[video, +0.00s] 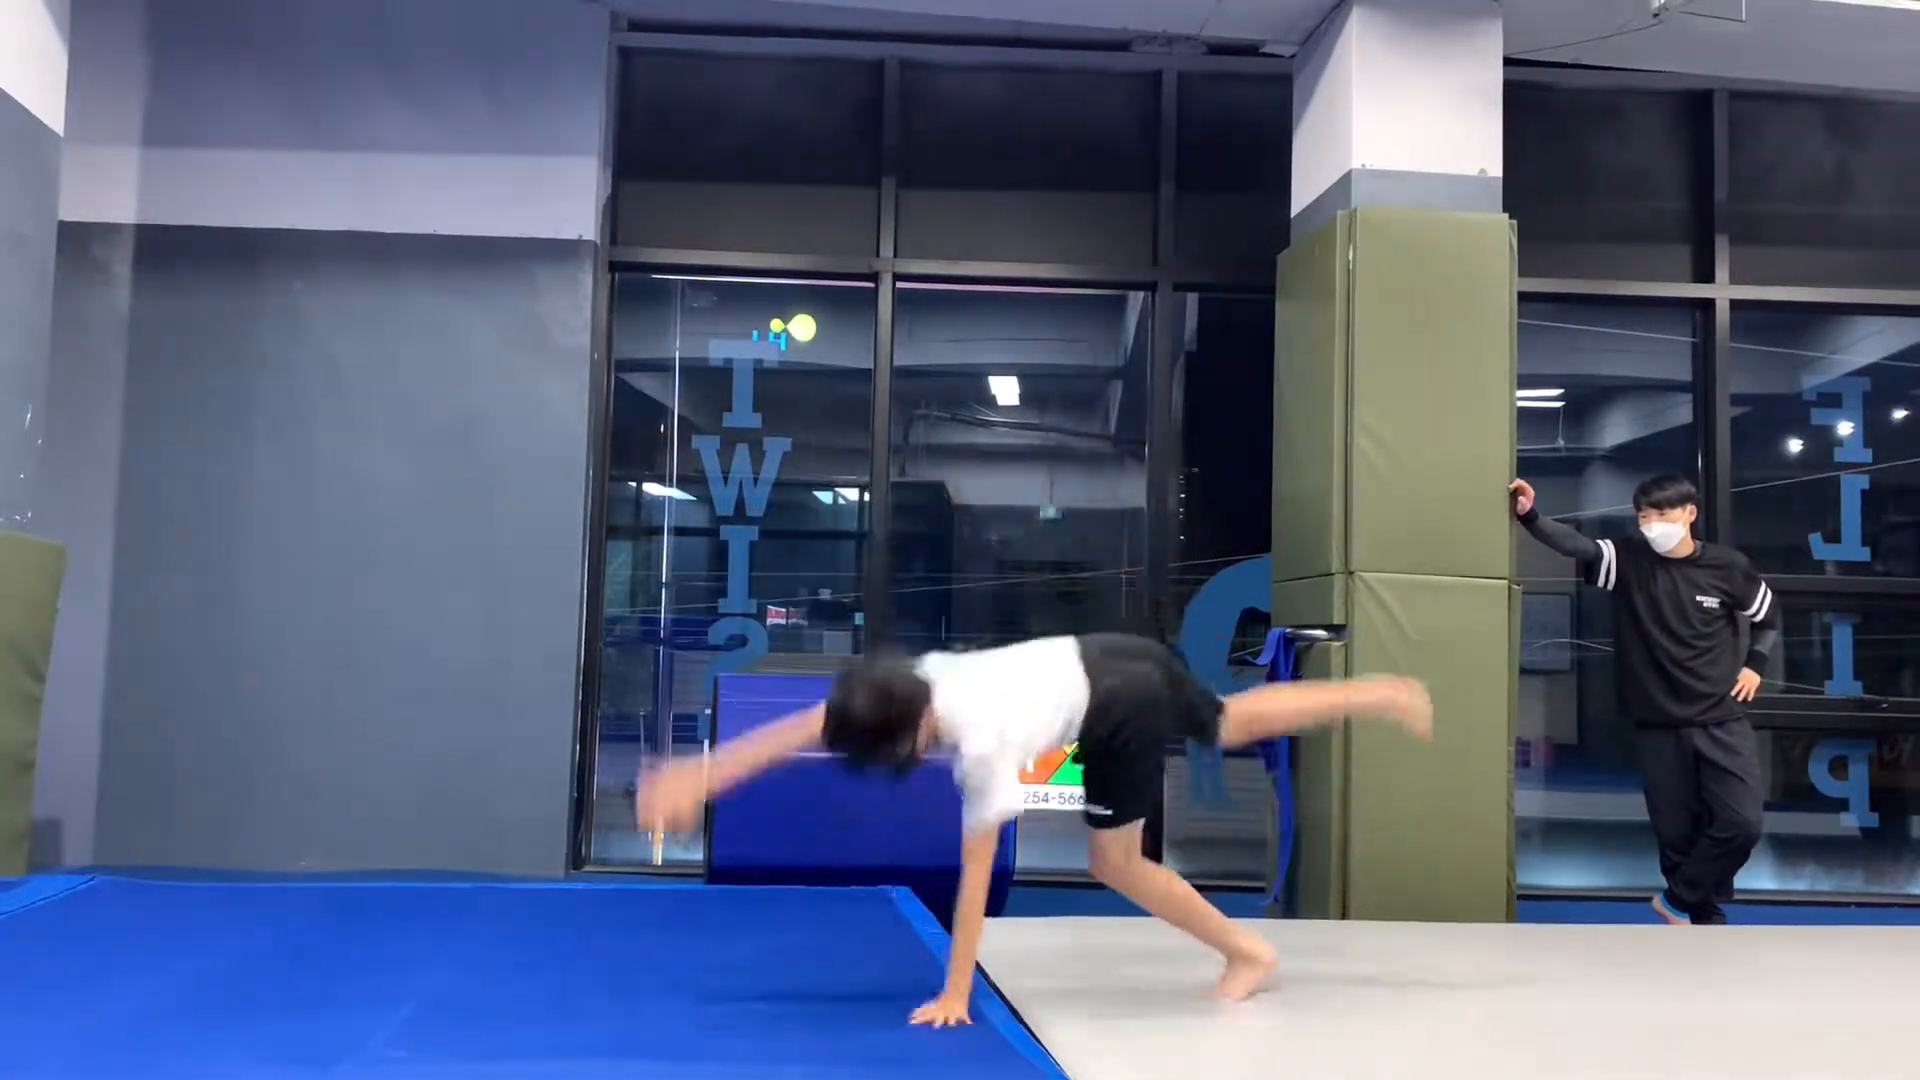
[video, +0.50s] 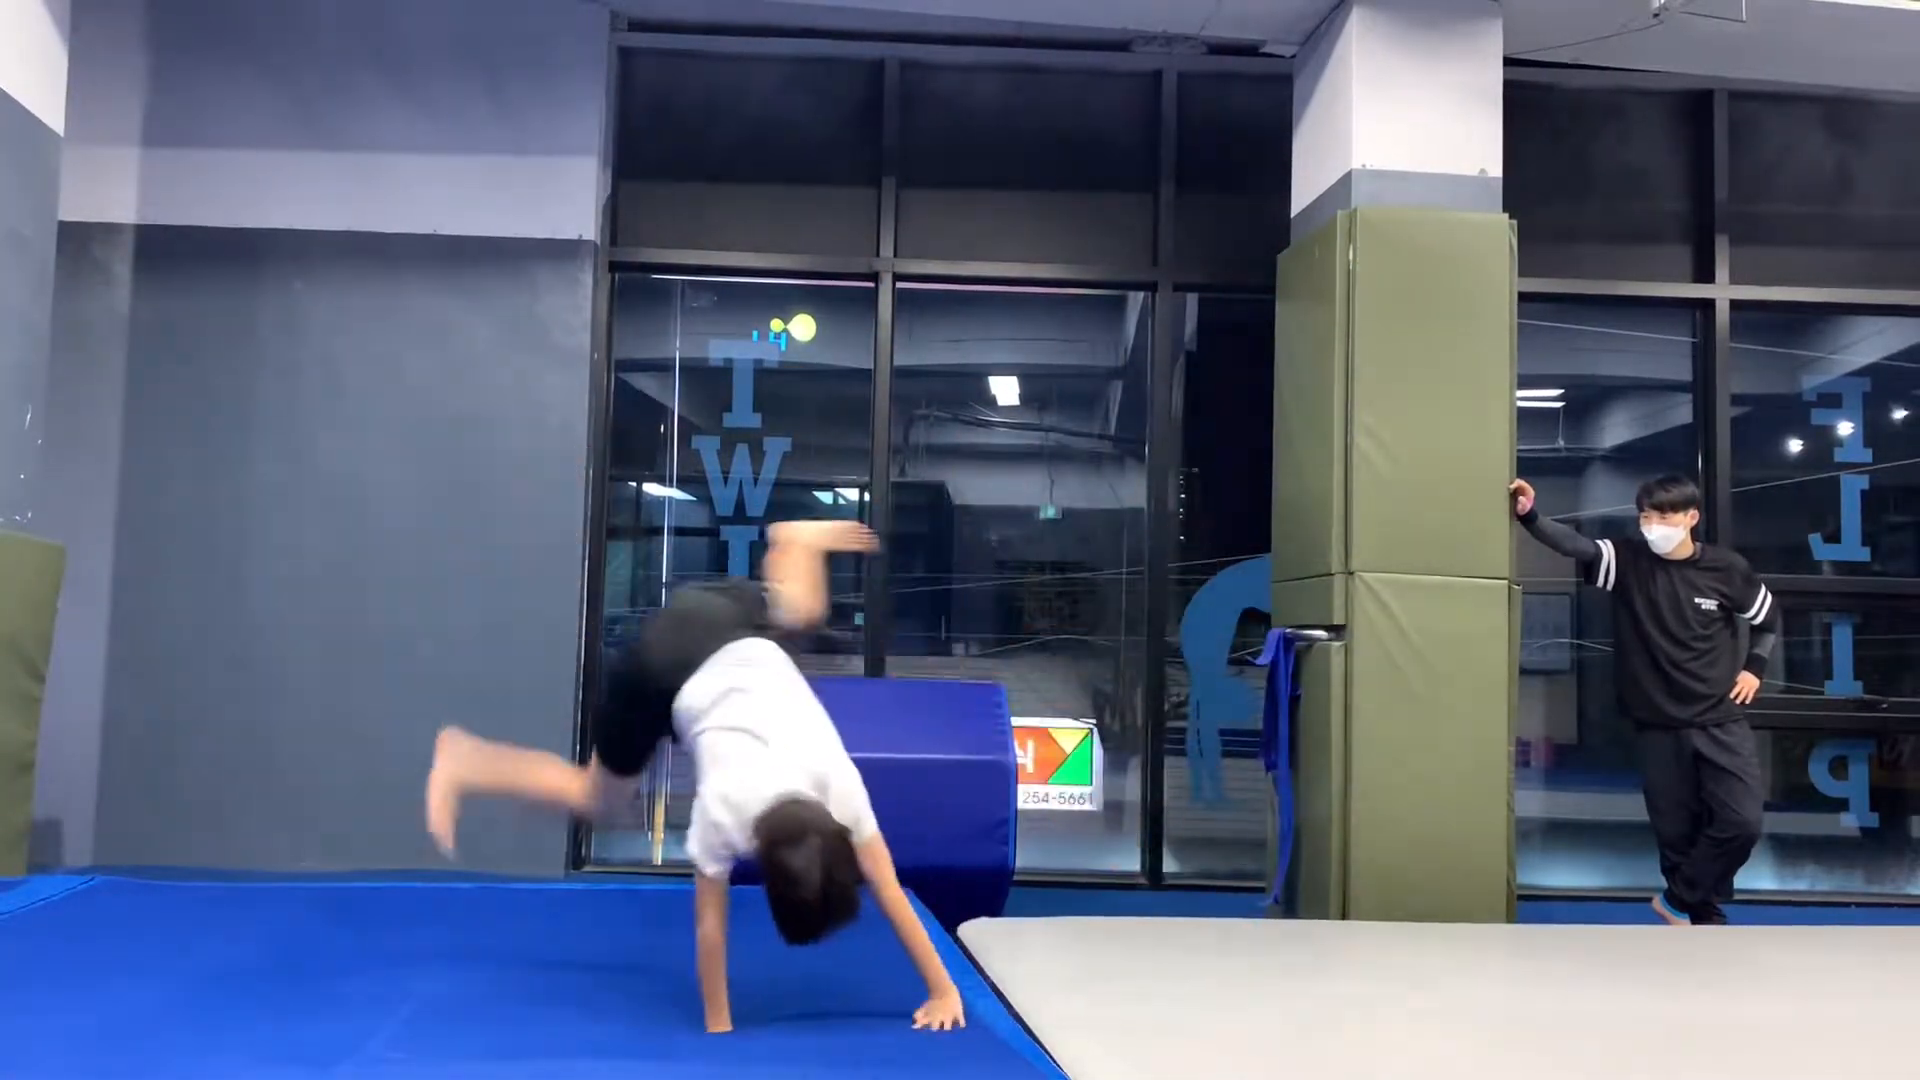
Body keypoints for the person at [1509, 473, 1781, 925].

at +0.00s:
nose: (1650, 524)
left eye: (1661, 514)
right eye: (1644, 515)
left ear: (1689, 515)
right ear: (1638, 517)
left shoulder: (1727, 567)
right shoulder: (1627, 558)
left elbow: (1768, 618)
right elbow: (1578, 545)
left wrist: (1756, 666)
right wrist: (1531, 517)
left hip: (1723, 719)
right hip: (1660, 724)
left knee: (1742, 824)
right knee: (1675, 833)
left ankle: (1676, 901)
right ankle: (1710, 926)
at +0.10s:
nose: (1650, 523)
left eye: (1661, 514)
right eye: (1645, 514)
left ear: (1689, 515)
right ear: (1638, 517)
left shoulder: (1727, 567)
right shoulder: (1628, 558)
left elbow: (1769, 618)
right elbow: (1578, 545)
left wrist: (1756, 666)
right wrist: (1531, 517)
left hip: (1723, 719)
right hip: (1660, 723)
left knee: (1742, 823)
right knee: (1675, 831)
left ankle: (1677, 900)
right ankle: (1709, 923)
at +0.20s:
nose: (1649, 524)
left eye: (1661, 515)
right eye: (1645, 515)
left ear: (1690, 516)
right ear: (1639, 517)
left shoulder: (1726, 567)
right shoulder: (1627, 558)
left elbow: (1768, 617)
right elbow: (1578, 545)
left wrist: (1756, 666)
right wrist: (1531, 517)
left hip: (1722, 719)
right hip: (1659, 723)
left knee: (1742, 824)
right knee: (1675, 832)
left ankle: (1676, 900)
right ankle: (1709, 924)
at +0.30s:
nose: (1651, 524)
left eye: (1663, 515)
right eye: (1646, 514)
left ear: (1690, 517)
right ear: (1639, 517)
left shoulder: (1726, 568)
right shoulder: (1627, 558)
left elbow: (1768, 618)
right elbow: (1578, 545)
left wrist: (1755, 667)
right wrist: (1531, 517)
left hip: (1722, 719)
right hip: (1659, 723)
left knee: (1742, 824)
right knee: (1675, 832)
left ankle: (1676, 901)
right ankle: (1709, 924)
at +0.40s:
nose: (1650, 525)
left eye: (1662, 516)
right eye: (1646, 515)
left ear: (1691, 518)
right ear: (1639, 517)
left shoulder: (1725, 568)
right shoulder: (1627, 558)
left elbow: (1768, 618)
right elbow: (1578, 545)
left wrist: (1755, 668)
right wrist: (1530, 517)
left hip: (1722, 719)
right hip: (1659, 724)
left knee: (1742, 824)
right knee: (1675, 833)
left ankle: (1675, 901)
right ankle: (1710, 926)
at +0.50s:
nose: (1650, 525)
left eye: (1663, 516)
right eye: (1646, 515)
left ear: (1691, 518)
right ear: (1640, 517)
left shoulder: (1726, 569)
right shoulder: (1627, 559)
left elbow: (1768, 619)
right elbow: (1578, 545)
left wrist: (1755, 669)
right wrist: (1531, 517)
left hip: (1722, 720)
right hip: (1659, 724)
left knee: (1741, 824)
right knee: (1675, 833)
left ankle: (1676, 900)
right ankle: (1709, 924)